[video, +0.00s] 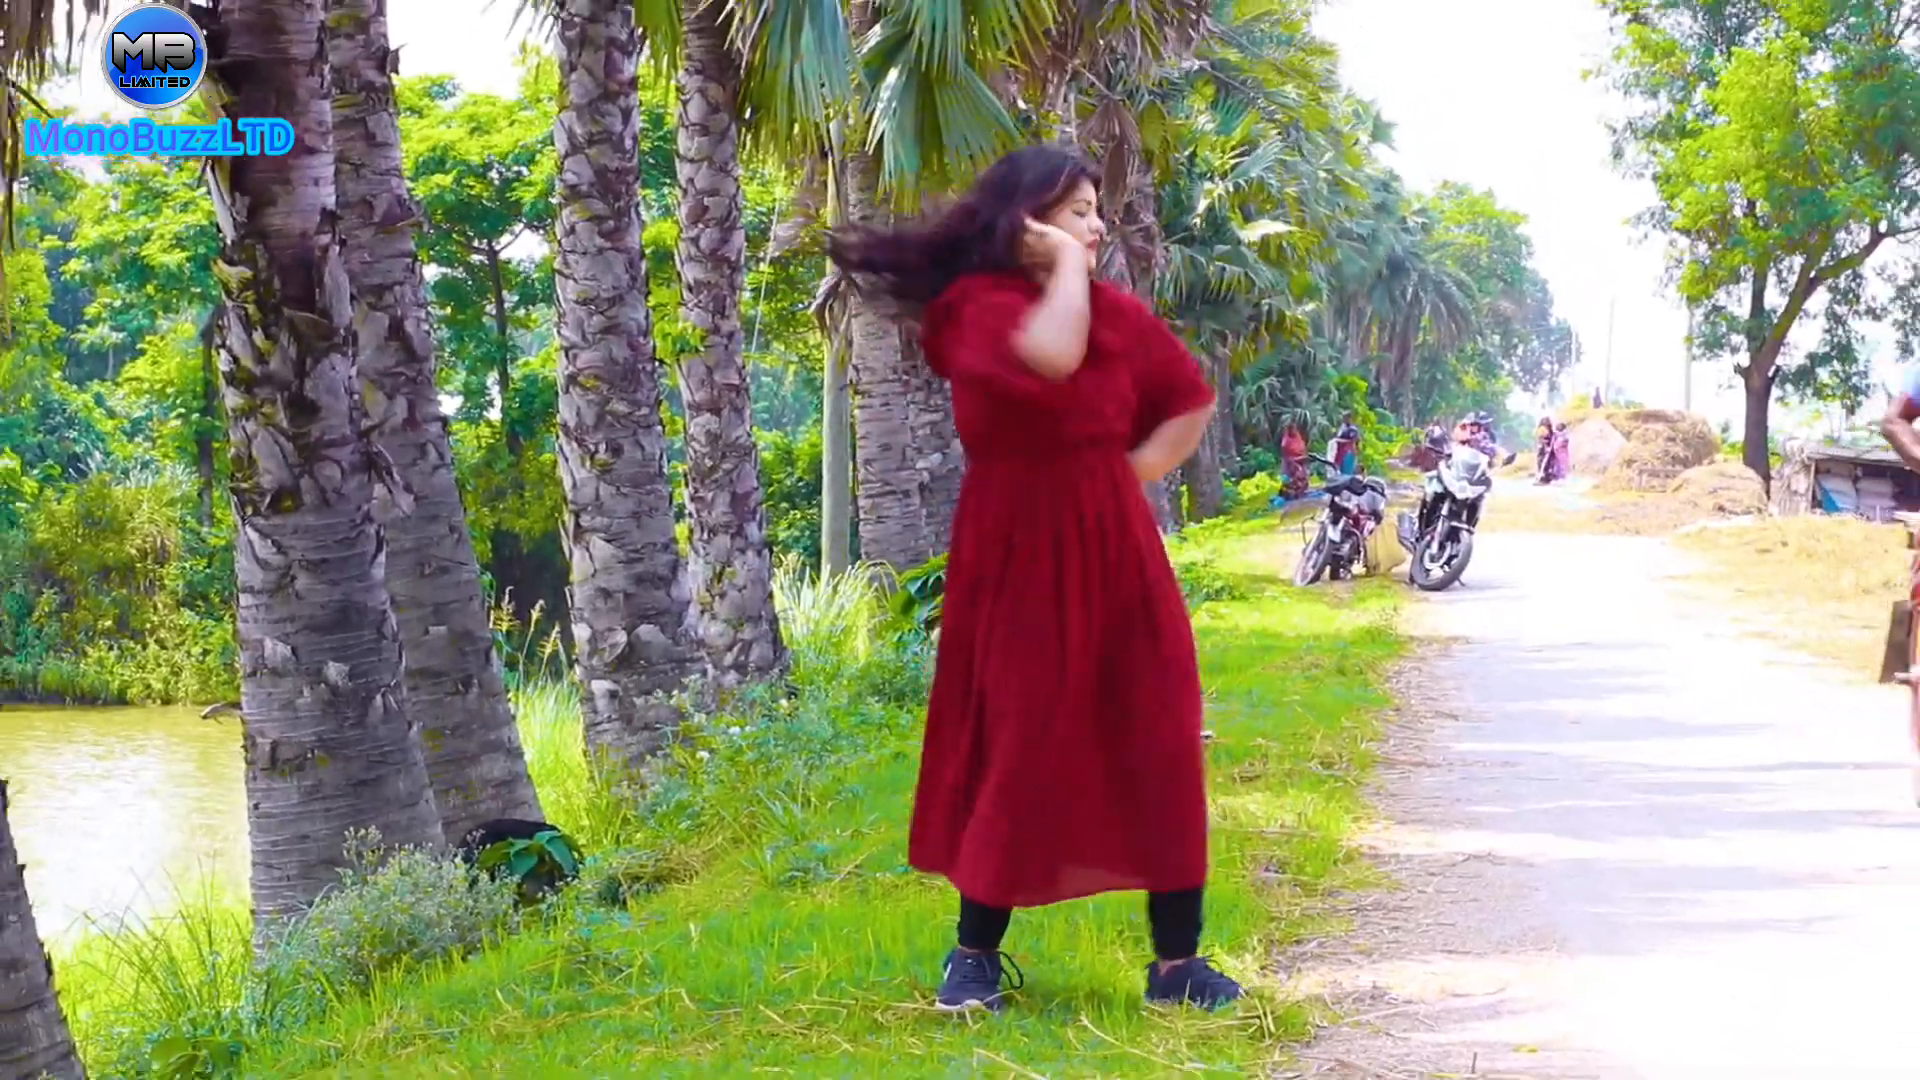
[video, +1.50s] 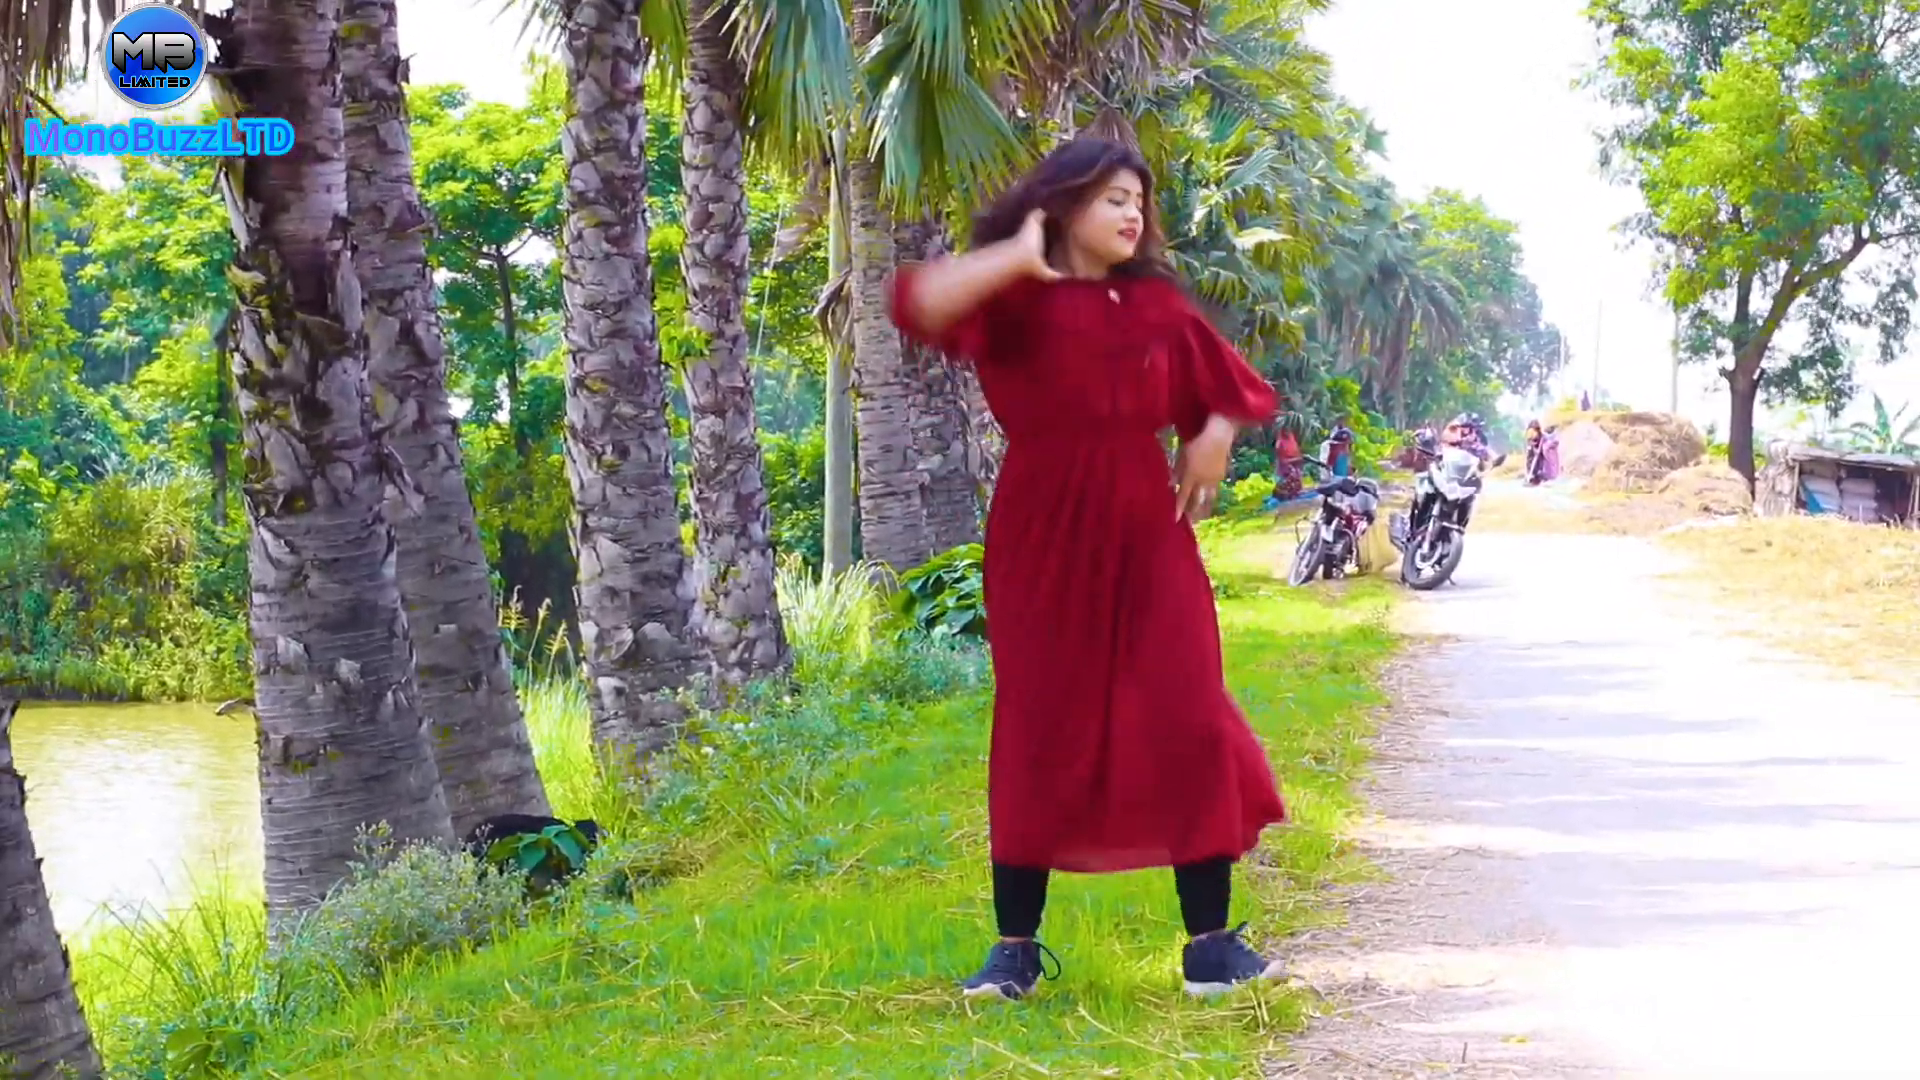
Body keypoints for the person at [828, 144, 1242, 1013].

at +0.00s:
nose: (1097, 224)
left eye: (1097, 209)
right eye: (1080, 210)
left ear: (1091, 225)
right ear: (1025, 220)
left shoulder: (1113, 306)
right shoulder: (971, 302)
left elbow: (1195, 400)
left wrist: (1127, 474)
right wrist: (1070, 261)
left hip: (1113, 530)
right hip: (1014, 535)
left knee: (1166, 734)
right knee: (1013, 738)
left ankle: (1177, 961)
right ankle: (975, 958)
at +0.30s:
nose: (1159, 226)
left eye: (1160, 211)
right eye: (1138, 213)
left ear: (1161, 225)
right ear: (1081, 230)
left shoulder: (1186, 321)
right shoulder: (1033, 316)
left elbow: (1259, 399)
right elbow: (900, 325)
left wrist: (1259, 434)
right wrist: (1013, 262)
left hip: (1192, 560)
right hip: (1080, 560)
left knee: (1219, 764)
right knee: (1032, 760)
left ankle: (1230, 977)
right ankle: (976, 965)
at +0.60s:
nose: (1146, 186)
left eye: (1167, 171)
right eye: (1147, 173)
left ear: (1226, 188)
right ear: (1158, 195)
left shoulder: (1273, 286)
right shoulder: (1129, 296)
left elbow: (1379, 291)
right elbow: (1080, 443)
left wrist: (1269, 219)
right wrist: (1074, 556)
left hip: (1235, 543)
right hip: (1126, 538)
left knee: (1231, 754)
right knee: (1047, 723)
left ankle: (1238, 980)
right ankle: (1012, 945)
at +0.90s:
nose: (1168, 220)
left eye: (1188, 206)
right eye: (1170, 205)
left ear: (1250, 231)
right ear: (1178, 225)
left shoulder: (1283, 309)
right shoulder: (1150, 317)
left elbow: (1232, 353)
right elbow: (1088, 420)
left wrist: (1215, 262)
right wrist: (1059, 505)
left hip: (1244, 559)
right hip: (1146, 548)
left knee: (1225, 753)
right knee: (1092, 735)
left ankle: (1237, 971)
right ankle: (1039, 962)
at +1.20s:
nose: (1111, 234)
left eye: (1132, 219)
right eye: (1110, 218)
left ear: (1185, 233)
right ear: (1112, 235)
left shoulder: (1230, 330)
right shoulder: (1084, 333)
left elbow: (1369, 376)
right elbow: (1020, 425)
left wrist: (1276, 316)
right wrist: (1004, 475)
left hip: (1194, 565)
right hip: (1089, 563)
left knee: (1209, 761)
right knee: (1038, 752)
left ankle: (1232, 967)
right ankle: (1016, 955)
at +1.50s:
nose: (1133, 215)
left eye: (1139, 203)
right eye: (1116, 198)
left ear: (1142, 220)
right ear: (1060, 206)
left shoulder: (1162, 304)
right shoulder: (1008, 295)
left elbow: (1240, 387)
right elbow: (914, 301)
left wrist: (1216, 432)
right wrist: (1016, 255)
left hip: (1149, 533)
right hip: (1039, 532)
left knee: (1197, 721)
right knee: (1029, 729)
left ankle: (1210, 941)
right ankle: (1015, 949)